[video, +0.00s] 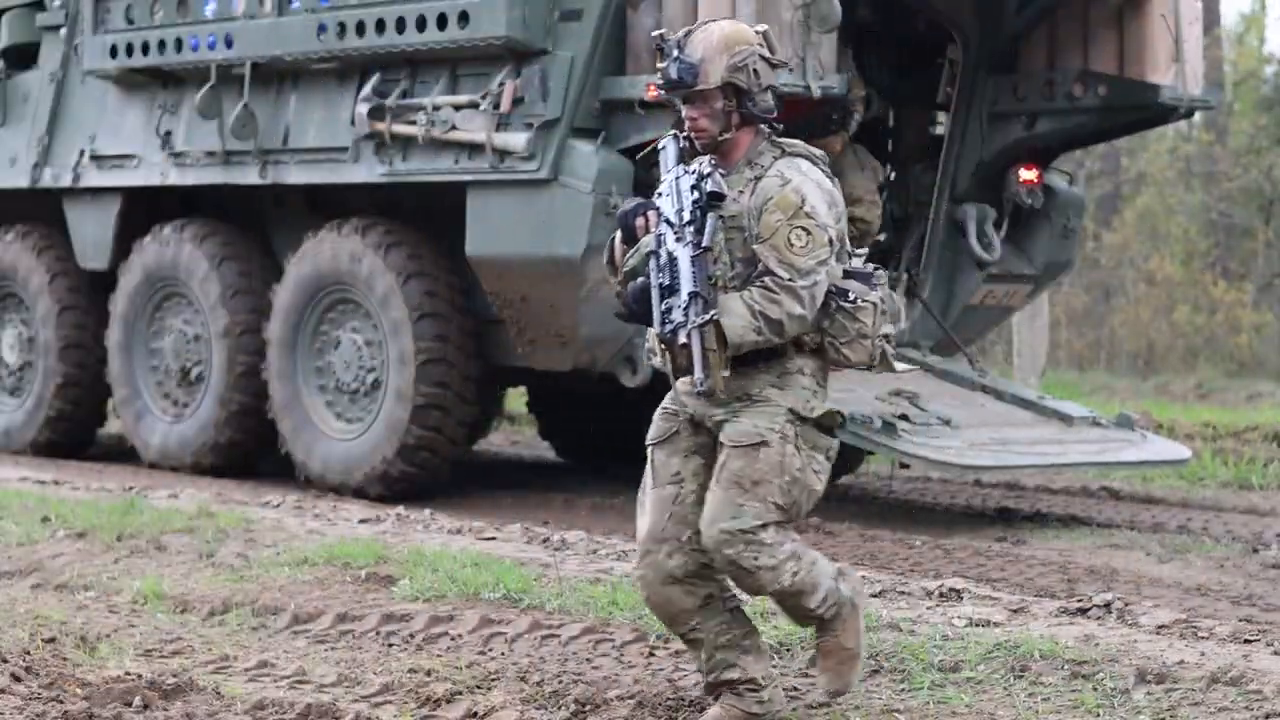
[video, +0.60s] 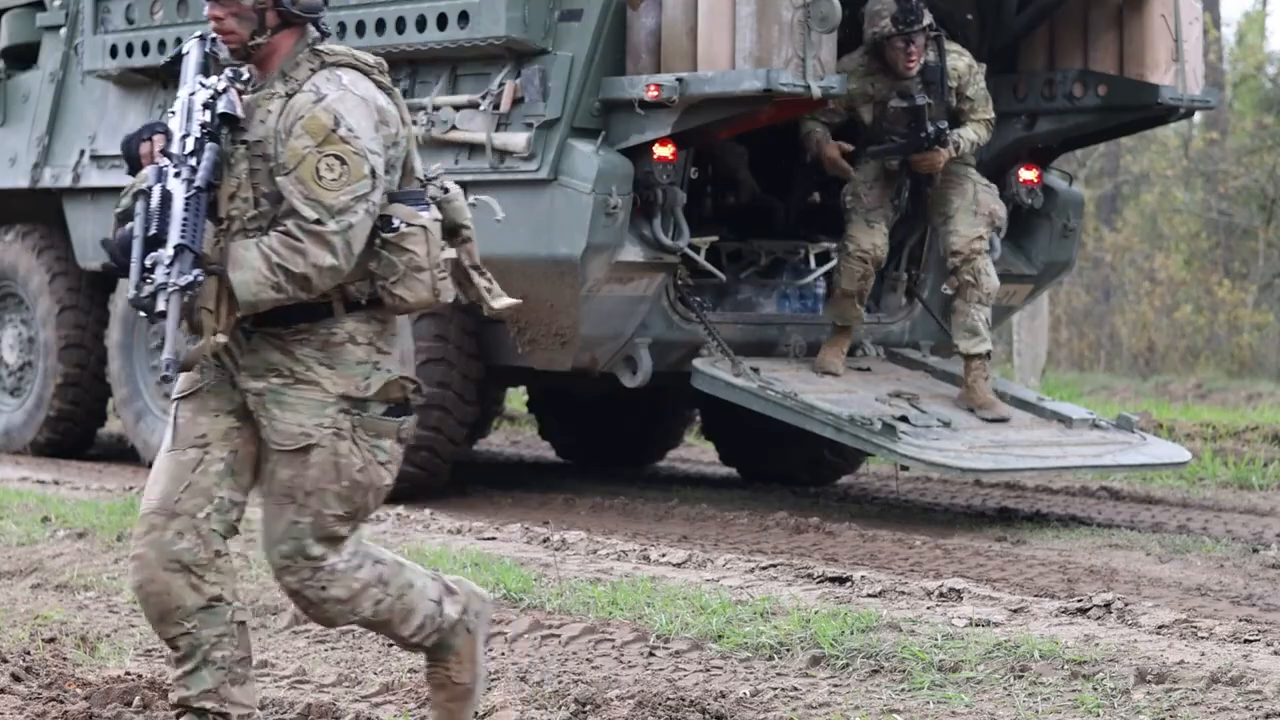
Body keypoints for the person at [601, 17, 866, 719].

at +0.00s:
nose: (685, 117)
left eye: (698, 103)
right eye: (681, 103)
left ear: (743, 103)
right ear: (685, 104)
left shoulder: (795, 186)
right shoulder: (691, 181)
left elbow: (793, 300)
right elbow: (634, 286)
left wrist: (706, 329)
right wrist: (634, 243)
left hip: (777, 398)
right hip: (693, 395)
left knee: (734, 533)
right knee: (665, 561)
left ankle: (836, 609)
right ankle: (738, 683)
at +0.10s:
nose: (628, 116)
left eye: (642, 103)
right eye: (625, 102)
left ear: (689, 105)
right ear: (627, 105)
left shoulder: (736, 195)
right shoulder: (635, 181)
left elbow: (737, 318)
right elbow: (577, 287)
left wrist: (634, 329)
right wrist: (572, 248)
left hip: (715, 402)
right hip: (634, 401)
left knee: (638, 530)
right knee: (633, 559)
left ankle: (665, 702)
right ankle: (741, 686)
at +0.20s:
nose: (566, 109)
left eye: (580, 94)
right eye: (562, 94)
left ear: (628, 94)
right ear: (563, 93)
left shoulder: (673, 194)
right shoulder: (579, 178)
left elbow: (664, 321)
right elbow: (516, 285)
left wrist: (556, 334)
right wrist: (501, 244)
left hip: (635, 418)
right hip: (574, 410)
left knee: (563, 570)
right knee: (622, 585)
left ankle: (551, 708)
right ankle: (748, 694)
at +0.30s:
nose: (489, 95)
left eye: (504, 81)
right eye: (488, 80)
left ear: (554, 86)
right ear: (503, 84)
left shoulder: (601, 186)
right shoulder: (505, 164)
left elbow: (588, 317)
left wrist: (479, 326)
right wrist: (438, 238)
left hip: (566, 411)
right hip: (489, 405)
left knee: (508, 591)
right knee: (480, 588)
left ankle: (551, 706)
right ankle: (622, 620)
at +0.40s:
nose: (398, 63)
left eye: (412, 49)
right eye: (395, 49)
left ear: (460, 53)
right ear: (408, 55)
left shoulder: (515, 155)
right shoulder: (422, 130)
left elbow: (510, 287)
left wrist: (407, 315)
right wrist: (363, 195)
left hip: (501, 402)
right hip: (411, 384)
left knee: (495, 597)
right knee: (333, 505)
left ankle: (541, 704)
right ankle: (443, 642)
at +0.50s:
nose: (301, 26)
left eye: (316, 12)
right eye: (298, 13)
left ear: (365, 17)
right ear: (334, 22)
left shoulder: (418, 111)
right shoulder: (332, 99)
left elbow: (421, 252)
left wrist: (316, 284)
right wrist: (264, 163)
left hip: (423, 354)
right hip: (334, 351)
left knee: (454, 566)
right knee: (237, 495)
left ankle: (533, 702)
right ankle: (235, 686)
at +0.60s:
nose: (214, 15)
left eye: (230, 4)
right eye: (211, 3)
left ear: (279, 10)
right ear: (216, 12)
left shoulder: (339, 102)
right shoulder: (233, 91)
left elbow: (323, 252)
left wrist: (207, 262)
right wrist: (163, 158)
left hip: (331, 364)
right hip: (229, 360)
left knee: (312, 567)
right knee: (171, 549)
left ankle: (453, 621)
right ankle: (215, 703)